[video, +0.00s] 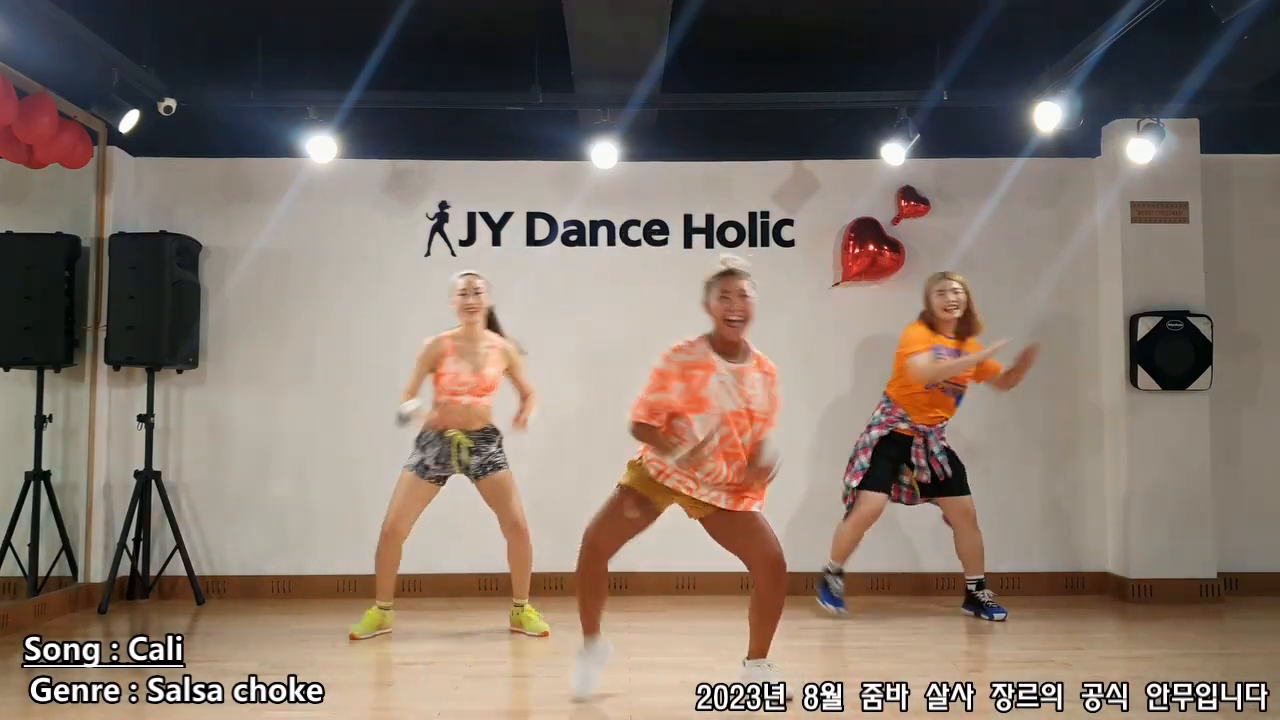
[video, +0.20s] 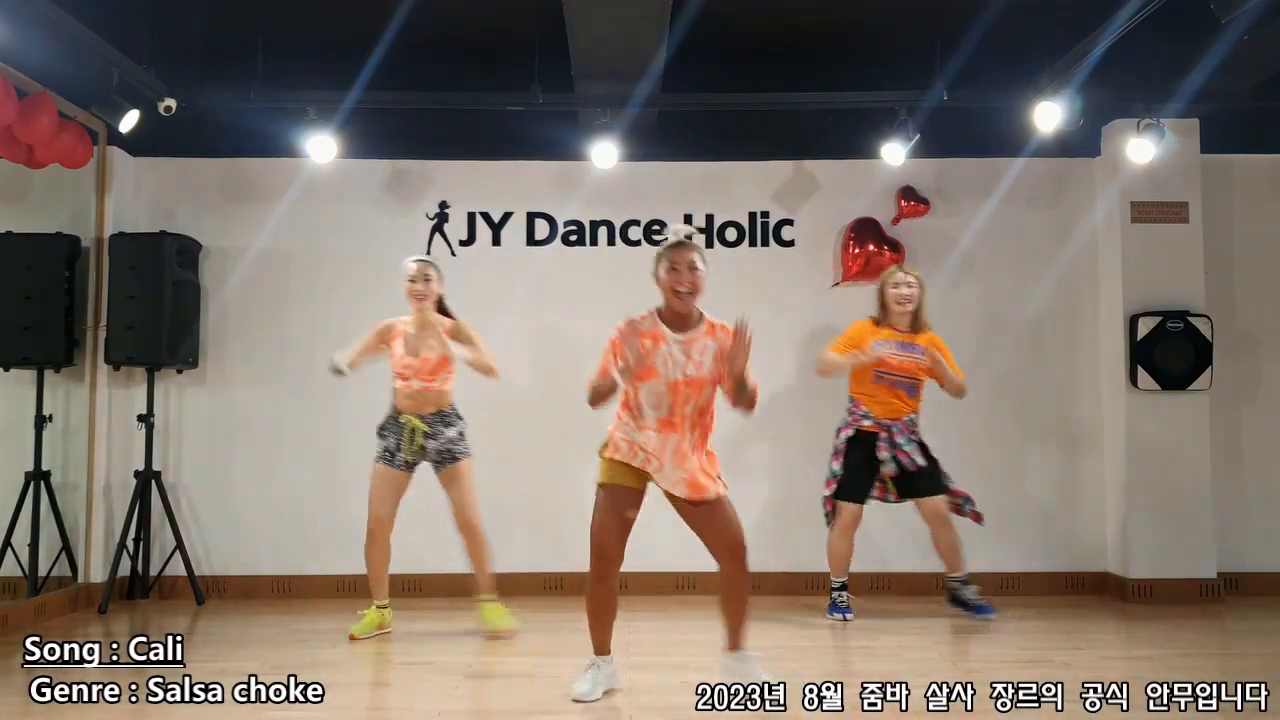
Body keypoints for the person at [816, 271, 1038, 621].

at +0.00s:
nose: (950, 298)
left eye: (956, 292)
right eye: (941, 293)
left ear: (966, 300)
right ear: (928, 301)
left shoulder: (970, 347)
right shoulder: (916, 335)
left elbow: (1002, 382)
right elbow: (920, 374)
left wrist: (1021, 366)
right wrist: (970, 361)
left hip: (931, 438)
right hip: (892, 432)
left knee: (963, 512)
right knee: (870, 506)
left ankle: (976, 592)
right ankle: (831, 575)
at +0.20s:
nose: (903, 290)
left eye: (910, 285)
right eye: (895, 285)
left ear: (920, 294)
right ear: (882, 294)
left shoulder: (928, 341)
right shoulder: (864, 331)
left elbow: (959, 391)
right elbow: (824, 365)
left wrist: (938, 368)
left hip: (904, 434)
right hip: (862, 433)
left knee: (938, 511)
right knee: (848, 515)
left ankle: (959, 586)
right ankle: (839, 592)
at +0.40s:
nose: (867, 289)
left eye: (873, 283)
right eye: (859, 284)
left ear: (885, 292)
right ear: (847, 294)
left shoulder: (895, 329)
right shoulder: (833, 329)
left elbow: (923, 335)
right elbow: (788, 336)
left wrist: (894, 305)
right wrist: (799, 313)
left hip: (881, 428)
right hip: (838, 427)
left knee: (878, 510)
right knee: (822, 505)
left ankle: (879, 594)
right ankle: (832, 588)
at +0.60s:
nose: (822, 291)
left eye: (829, 285)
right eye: (815, 287)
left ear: (842, 292)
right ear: (806, 295)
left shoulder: (860, 330)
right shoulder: (798, 339)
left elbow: (889, 364)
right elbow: (764, 385)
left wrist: (849, 361)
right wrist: (775, 362)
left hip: (861, 432)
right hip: (819, 433)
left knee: (874, 517)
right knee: (789, 507)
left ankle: (880, 595)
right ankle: (776, 590)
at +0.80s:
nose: (795, 297)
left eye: (801, 292)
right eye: (786, 293)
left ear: (811, 301)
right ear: (773, 306)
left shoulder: (819, 333)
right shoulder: (767, 346)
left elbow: (790, 347)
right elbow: (729, 358)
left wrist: (750, 323)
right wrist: (718, 336)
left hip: (849, 433)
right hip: (807, 439)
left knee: (893, 508)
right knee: (781, 508)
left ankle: (919, 571)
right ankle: (776, 592)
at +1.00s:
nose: (788, 299)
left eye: (796, 295)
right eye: (781, 295)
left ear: (806, 308)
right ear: (771, 307)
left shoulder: (809, 333)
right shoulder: (772, 340)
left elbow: (755, 317)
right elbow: (731, 317)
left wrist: (719, 287)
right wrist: (695, 286)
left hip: (848, 433)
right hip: (811, 440)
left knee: (895, 507)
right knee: (783, 507)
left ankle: (951, 571)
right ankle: (777, 595)